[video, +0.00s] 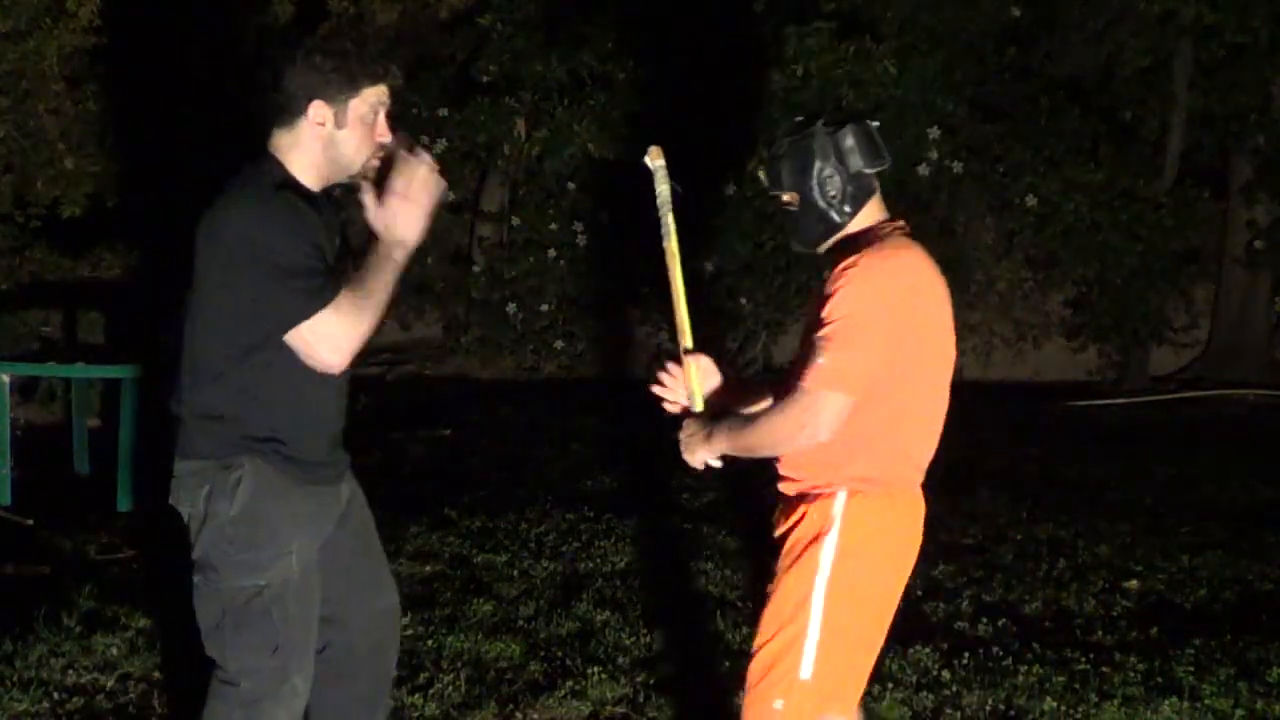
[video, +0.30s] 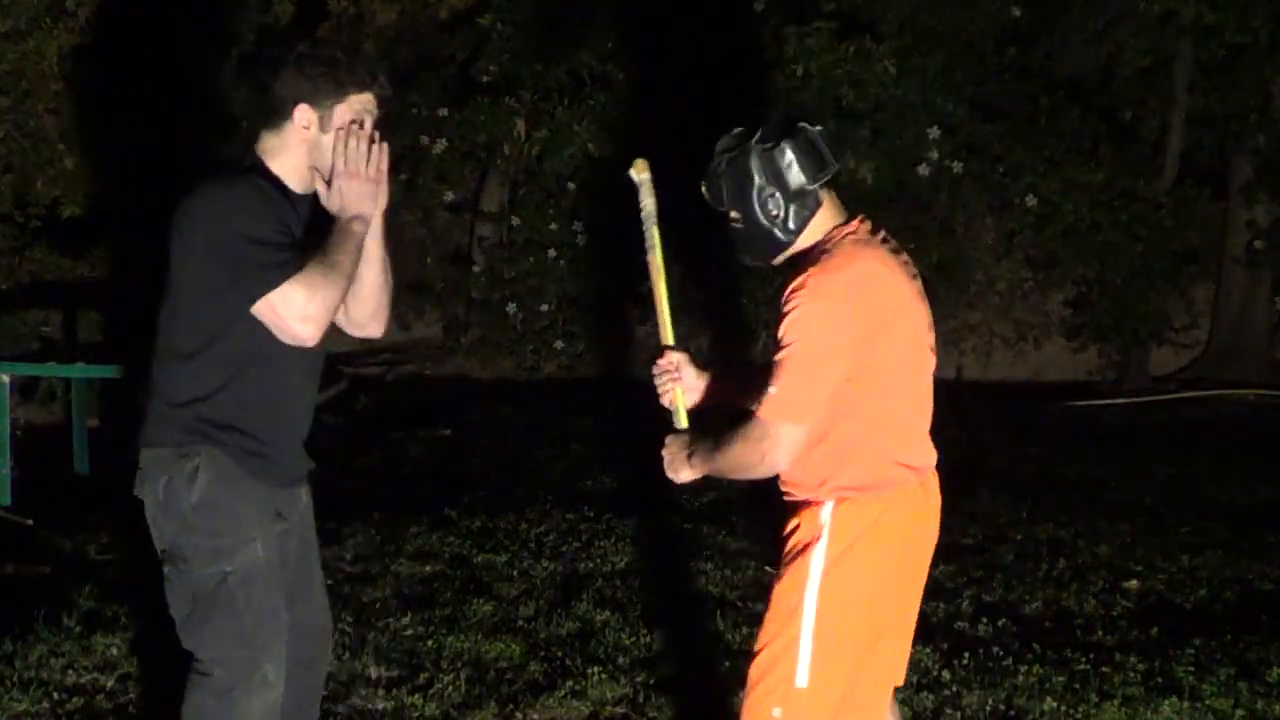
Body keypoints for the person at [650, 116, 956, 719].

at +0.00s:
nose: (786, 208)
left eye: (793, 193)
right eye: (784, 193)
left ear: (831, 189)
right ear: (848, 186)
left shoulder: (877, 274)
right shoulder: (884, 266)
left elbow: (815, 416)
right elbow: (805, 395)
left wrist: (716, 439)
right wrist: (722, 394)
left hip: (849, 517)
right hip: (859, 515)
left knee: (786, 702)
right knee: (816, 702)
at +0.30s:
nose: (736, 227)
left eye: (740, 211)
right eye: (734, 213)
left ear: (774, 205)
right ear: (811, 188)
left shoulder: (829, 286)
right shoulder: (879, 262)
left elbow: (774, 444)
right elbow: (822, 391)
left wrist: (698, 458)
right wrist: (711, 386)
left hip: (850, 518)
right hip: (894, 509)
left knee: (787, 702)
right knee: (859, 700)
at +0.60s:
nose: (780, 225)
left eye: (789, 211)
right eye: (779, 211)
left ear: (830, 208)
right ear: (846, 204)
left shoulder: (886, 291)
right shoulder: (877, 282)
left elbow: (863, 446)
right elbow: (842, 408)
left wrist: (774, 482)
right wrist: (751, 420)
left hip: (884, 530)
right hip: (889, 524)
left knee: (810, 703)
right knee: (894, 698)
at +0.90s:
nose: (841, 208)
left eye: (852, 192)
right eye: (841, 192)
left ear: (893, 194)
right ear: (900, 196)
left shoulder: (937, 278)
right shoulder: (909, 277)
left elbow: (910, 423)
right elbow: (874, 406)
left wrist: (820, 474)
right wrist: (791, 425)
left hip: (920, 525)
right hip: (896, 520)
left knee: (848, 698)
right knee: (902, 701)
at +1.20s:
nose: (828, 215)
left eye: (839, 201)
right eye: (830, 200)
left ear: (876, 207)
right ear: (908, 210)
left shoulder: (886, 291)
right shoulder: (937, 290)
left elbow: (754, 374)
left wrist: (708, 379)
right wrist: (773, 348)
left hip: (881, 550)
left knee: (862, 708)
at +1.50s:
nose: (692, 224)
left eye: (703, 210)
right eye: (694, 209)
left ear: (738, 218)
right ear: (772, 218)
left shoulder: (774, 312)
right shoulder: (752, 305)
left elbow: (627, 384)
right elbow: (666, 356)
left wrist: (570, 316)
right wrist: (622, 294)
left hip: (777, 557)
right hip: (710, 555)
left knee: (782, 711)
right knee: (622, 671)